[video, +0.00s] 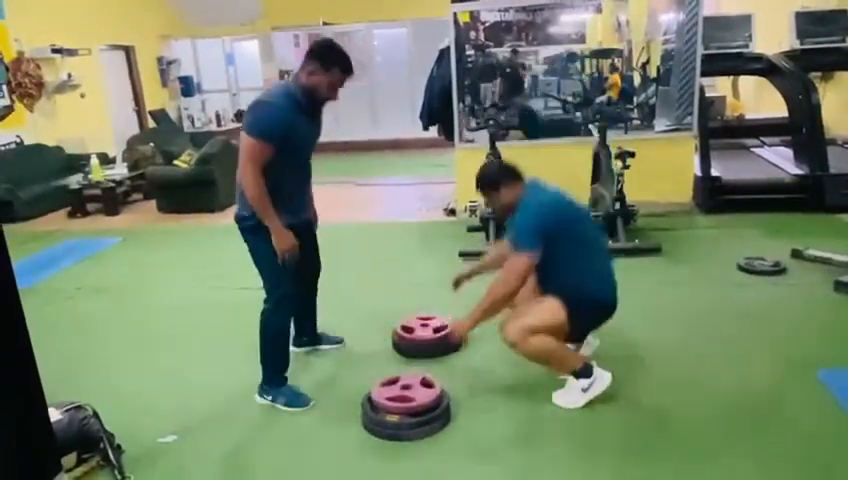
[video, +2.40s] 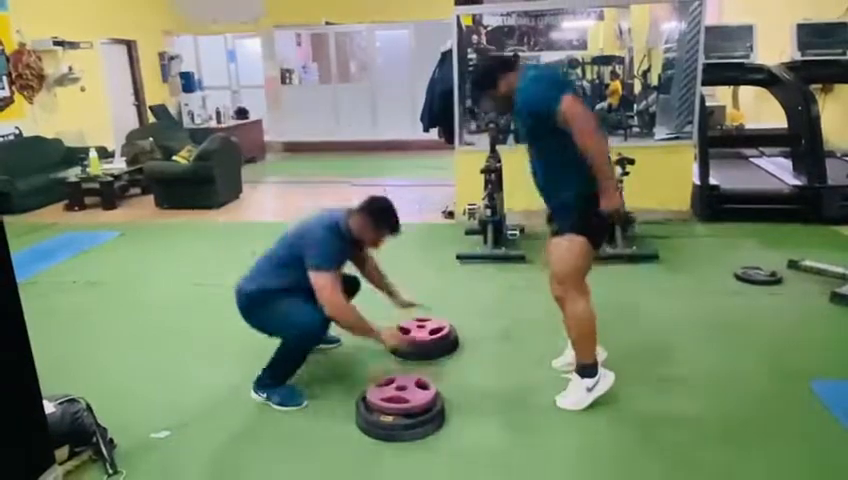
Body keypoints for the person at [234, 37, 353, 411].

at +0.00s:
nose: (337, 93)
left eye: (340, 85)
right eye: (336, 84)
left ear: (318, 74)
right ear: (313, 72)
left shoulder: (310, 106)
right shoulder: (271, 109)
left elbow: (295, 165)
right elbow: (248, 174)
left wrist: (305, 209)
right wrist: (275, 228)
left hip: (298, 214)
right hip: (263, 219)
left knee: (307, 273)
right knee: (282, 293)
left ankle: (305, 335)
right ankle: (272, 384)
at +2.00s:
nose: (331, 95)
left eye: (335, 88)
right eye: (329, 87)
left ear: (320, 79)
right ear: (310, 73)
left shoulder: (305, 106)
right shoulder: (264, 106)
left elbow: (304, 162)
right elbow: (244, 170)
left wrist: (308, 205)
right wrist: (274, 220)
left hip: (293, 211)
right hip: (257, 216)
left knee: (304, 270)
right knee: (276, 293)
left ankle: (300, 333)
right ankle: (264, 382)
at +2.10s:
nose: (350, 127)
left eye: (354, 122)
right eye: (350, 119)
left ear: (337, 108)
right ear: (336, 107)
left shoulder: (318, 128)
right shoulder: (284, 126)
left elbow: (310, 183)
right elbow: (263, 196)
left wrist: (313, 231)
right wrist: (287, 243)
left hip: (284, 212)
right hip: (249, 220)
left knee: (312, 266)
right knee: (281, 295)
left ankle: (300, 332)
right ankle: (264, 382)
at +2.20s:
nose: (363, 172)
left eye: (366, 167)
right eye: (363, 165)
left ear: (350, 151)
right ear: (350, 153)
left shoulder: (325, 169)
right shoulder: (303, 170)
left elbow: (321, 216)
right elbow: (286, 233)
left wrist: (326, 258)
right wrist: (300, 273)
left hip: (278, 232)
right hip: (246, 242)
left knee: (323, 272)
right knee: (294, 302)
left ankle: (303, 333)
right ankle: (264, 385)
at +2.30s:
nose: (368, 214)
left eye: (373, 208)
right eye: (369, 206)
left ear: (355, 189)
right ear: (356, 192)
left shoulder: (335, 206)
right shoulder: (313, 212)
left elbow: (345, 248)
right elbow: (312, 280)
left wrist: (358, 285)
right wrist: (339, 307)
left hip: (277, 261)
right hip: (249, 272)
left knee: (337, 278)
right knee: (304, 315)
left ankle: (307, 334)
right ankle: (266, 385)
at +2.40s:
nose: (380, 242)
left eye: (383, 237)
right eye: (379, 235)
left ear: (365, 218)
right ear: (365, 223)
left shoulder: (347, 225)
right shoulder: (322, 236)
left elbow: (365, 263)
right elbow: (334, 308)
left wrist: (396, 297)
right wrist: (379, 335)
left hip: (289, 287)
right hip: (259, 298)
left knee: (349, 284)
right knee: (309, 324)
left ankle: (313, 333)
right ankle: (268, 385)